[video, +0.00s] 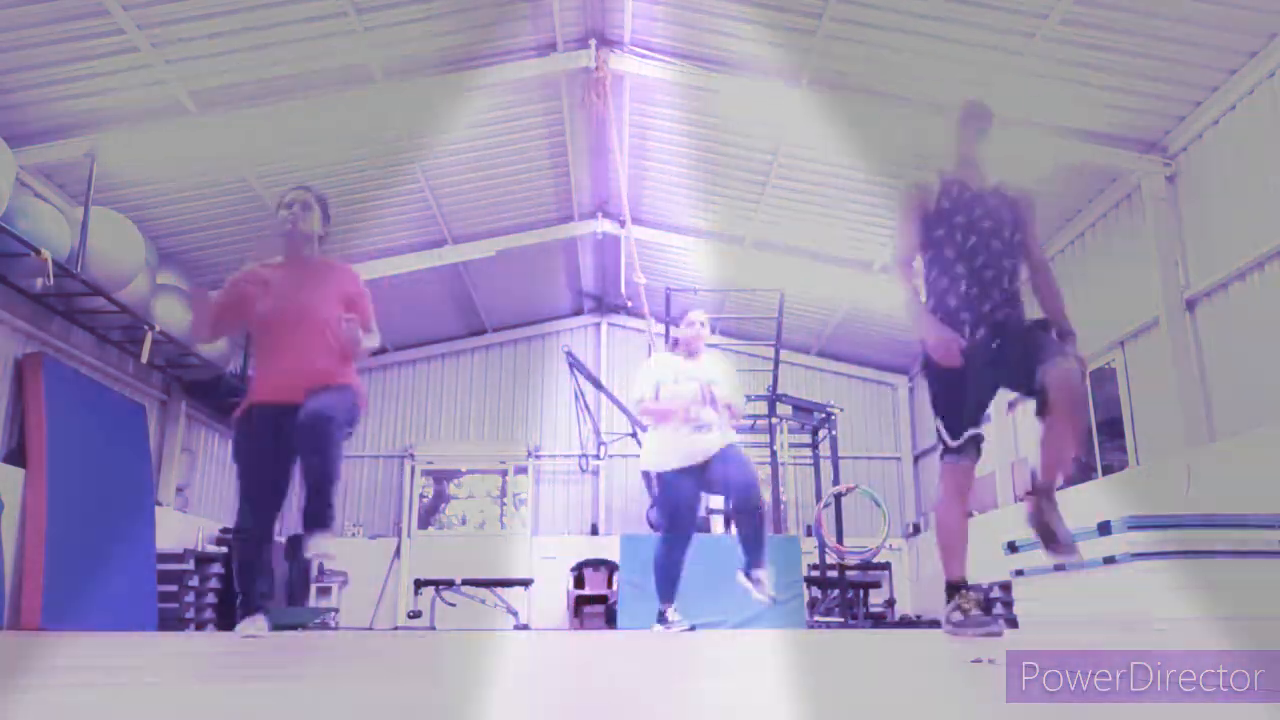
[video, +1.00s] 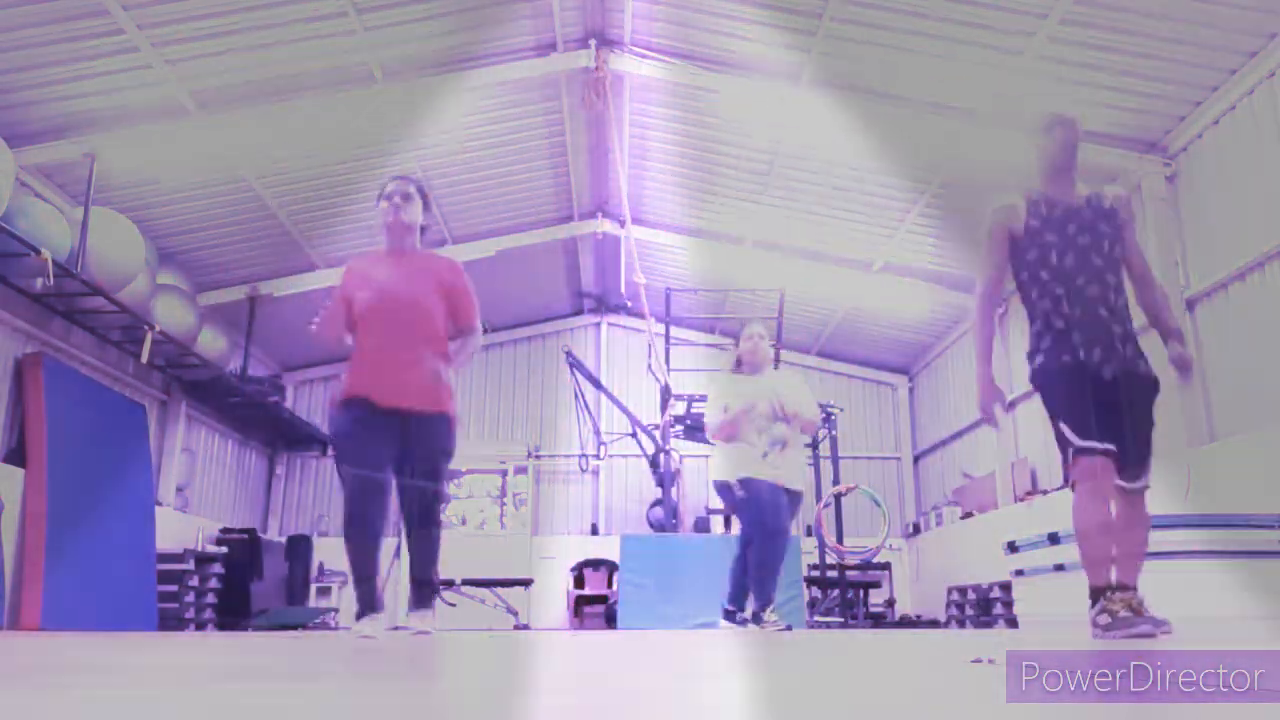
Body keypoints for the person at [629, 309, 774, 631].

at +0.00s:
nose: (695, 331)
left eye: (701, 326)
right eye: (689, 325)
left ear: (710, 334)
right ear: (678, 331)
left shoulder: (719, 363)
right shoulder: (658, 364)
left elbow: (738, 412)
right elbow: (642, 409)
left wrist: (716, 400)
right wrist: (681, 407)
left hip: (717, 451)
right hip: (672, 458)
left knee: (747, 487)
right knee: (678, 529)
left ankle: (754, 568)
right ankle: (666, 608)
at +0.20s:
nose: (719, 349)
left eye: (723, 344)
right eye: (713, 343)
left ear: (728, 346)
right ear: (697, 345)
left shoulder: (740, 381)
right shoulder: (681, 378)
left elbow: (762, 423)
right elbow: (662, 420)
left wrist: (758, 421)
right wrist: (694, 422)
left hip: (739, 469)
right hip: (689, 471)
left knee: (750, 532)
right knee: (680, 536)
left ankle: (758, 611)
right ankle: (660, 610)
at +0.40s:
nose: (737, 325)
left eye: (743, 320)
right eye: (730, 320)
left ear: (752, 329)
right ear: (718, 328)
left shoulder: (768, 364)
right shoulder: (700, 358)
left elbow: (787, 409)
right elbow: (679, 402)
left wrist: (775, 408)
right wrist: (711, 401)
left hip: (750, 458)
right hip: (702, 457)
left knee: (754, 528)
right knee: (695, 523)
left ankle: (759, 606)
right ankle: (673, 582)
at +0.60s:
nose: (747, 333)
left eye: (752, 328)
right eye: (739, 329)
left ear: (762, 337)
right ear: (728, 340)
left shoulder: (779, 374)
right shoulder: (712, 368)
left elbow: (797, 423)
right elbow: (690, 413)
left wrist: (782, 411)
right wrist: (719, 406)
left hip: (764, 456)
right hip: (718, 442)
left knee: (753, 536)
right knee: (728, 463)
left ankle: (750, 611)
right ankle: (723, 535)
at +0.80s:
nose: (753, 323)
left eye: (759, 317)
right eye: (745, 318)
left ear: (768, 325)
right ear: (734, 328)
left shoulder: (788, 357)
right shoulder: (719, 357)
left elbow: (808, 410)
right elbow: (696, 406)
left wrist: (786, 396)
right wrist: (725, 399)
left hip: (773, 450)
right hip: (725, 439)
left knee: (753, 527)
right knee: (754, 492)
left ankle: (744, 607)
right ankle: (759, 579)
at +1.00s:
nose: (756, 342)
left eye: (761, 337)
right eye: (749, 338)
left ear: (772, 347)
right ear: (738, 348)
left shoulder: (791, 381)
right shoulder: (726, 384)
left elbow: (814, 425)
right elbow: (715, 432)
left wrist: (794, 417)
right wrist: (741, 414)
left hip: (787, 478)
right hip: (739, 470)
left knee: (755, 540)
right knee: (773, 527)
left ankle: (733, 608)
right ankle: (763, 609)